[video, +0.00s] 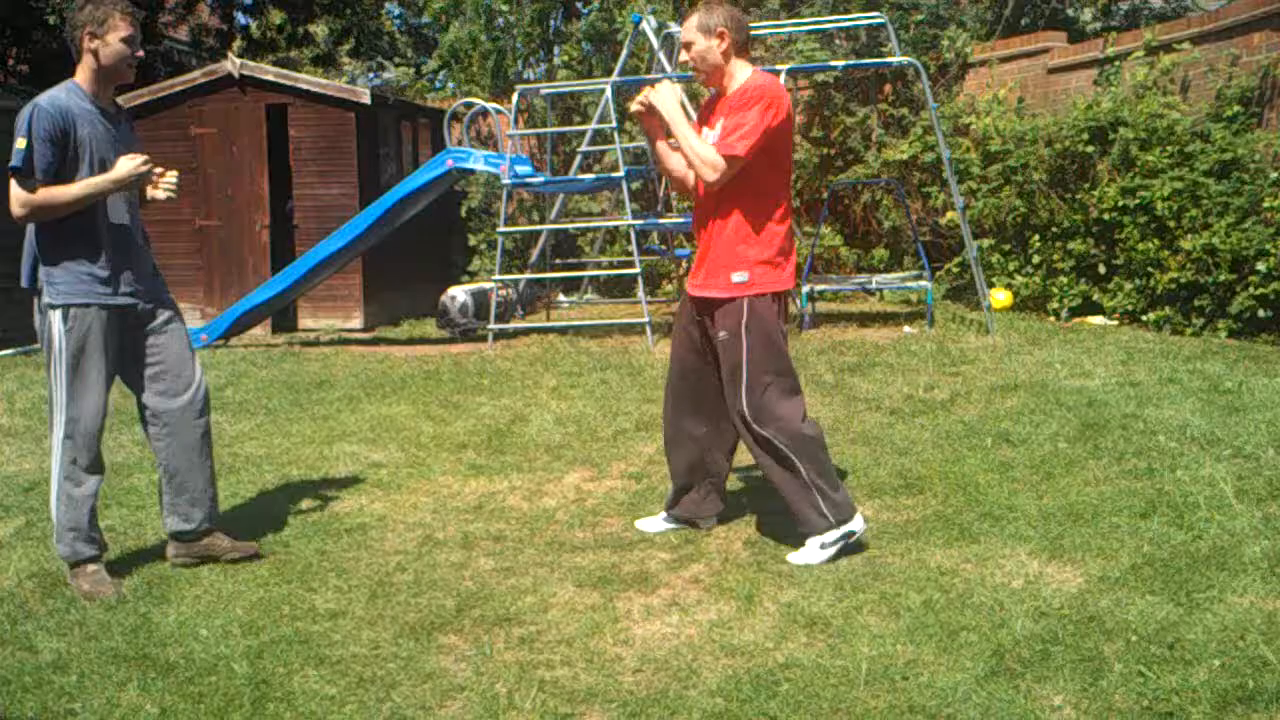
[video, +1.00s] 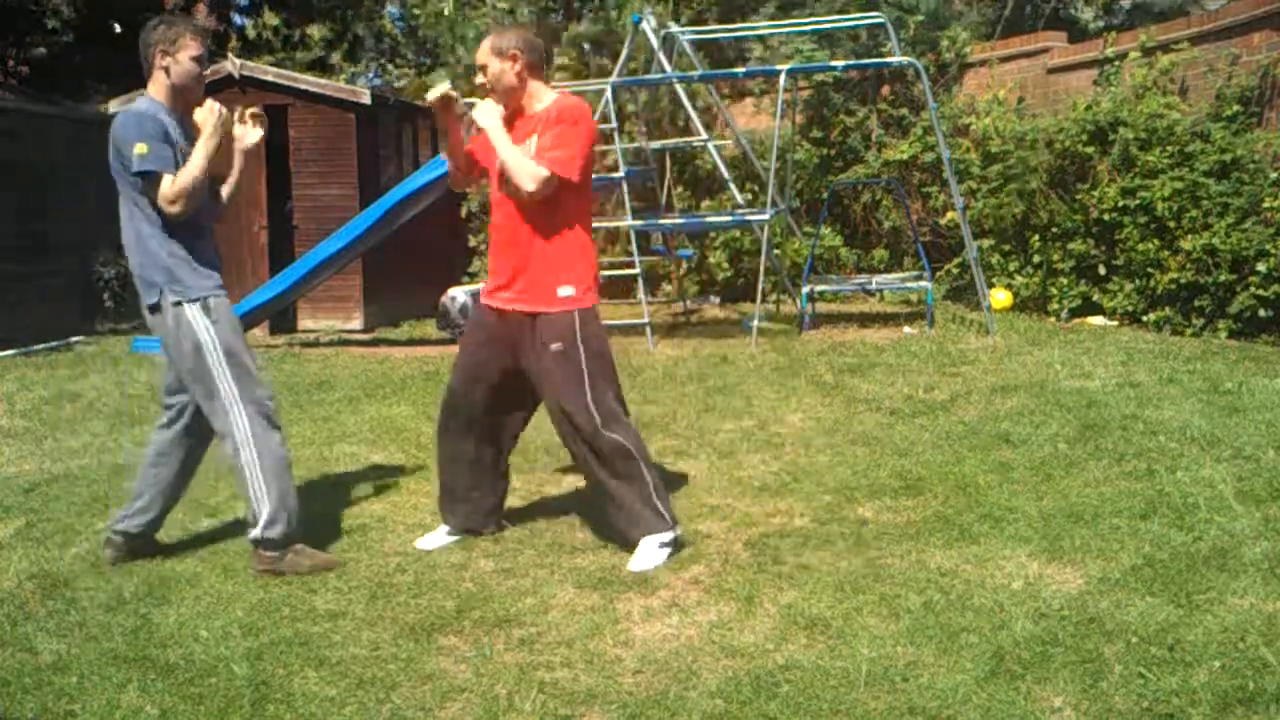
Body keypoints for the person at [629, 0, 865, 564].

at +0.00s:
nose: (683, 58)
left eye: (689, 46)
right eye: (681, 48)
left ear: (721, 40)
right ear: (715, 43)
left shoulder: (762, 92)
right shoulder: (719, 103)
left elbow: (714, 169)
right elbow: (688, 178)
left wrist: (672, 109)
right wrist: (654, 129)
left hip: (750, 272)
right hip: (710, 271)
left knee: (762, 402)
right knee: (693, 395)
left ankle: (836, 518)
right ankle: (695, 505)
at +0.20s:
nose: (645, 62)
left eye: (651, 51)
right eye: (642, 52)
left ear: (683, 43)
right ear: (673, 46)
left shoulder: (730, 89)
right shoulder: (662, 99)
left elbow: (685, 157)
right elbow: (624, 168)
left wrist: (641, 98)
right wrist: (597, 118)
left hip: (713, 262)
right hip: (667, 262)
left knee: (690, 388)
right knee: (657, 390)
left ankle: (756, 506)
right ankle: (685, 511)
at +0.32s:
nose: (621, 54)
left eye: (628, 45)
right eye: (619, 45)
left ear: (662, 41)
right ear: (648, 41)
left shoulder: (705, 87)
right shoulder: (633, 95)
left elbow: (659, 146)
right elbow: (588, 159)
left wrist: (622, 82)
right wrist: (579, 95)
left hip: (687, 265)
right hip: (644, 265)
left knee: (662, 398)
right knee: (646, 400)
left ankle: (680, 523)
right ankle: (672, 506)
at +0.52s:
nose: (587, 71)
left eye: (593, 60)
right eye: (585, 61)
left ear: (625, 55)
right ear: (613, 57)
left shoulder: (666, 103)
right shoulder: (614, 108)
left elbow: (615, 177)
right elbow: (578, 178)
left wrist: (573, 117)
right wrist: (551, 128)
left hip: (652, 278)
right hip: (608, 275)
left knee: (637, 407)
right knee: (571, 388)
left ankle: (661, 532)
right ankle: (642, 481)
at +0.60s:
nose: (573, 70)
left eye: (578, 60)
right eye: (572, 61)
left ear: (610, 54)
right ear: (603, 55)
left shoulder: (652, 103)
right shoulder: (607, 106)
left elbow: (599, 178)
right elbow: (570, 177)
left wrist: (565, 114)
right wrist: (546, 121)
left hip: (639, 278)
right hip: (597, 274)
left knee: (631, 410)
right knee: (547, 376)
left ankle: (662, 530)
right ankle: (618, 481)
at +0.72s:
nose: (550, 67)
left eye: (555, 56)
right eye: (549, 58)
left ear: (584, 48)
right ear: (580, 49)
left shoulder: (627, 95)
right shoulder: (584, 101)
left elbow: (556, 151)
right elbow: (539, 161)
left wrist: (528, 96)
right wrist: (518, 104)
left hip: (615, 272)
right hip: (571, 270)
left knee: (625, 407)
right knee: (521, 384)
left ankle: (661, 529)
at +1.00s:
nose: (480, 80)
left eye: (485, 70)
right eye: (479, 71)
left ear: (515, 64)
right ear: (511, 64)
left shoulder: (570, 112)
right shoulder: (500, 120)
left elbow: (532, 182)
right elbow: (465, 174)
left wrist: (491, 127)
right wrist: (450, 124)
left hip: (561, 295)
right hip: (503, 296)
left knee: (593, 417)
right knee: (467, 408)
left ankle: (656, 527)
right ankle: (469, 517)